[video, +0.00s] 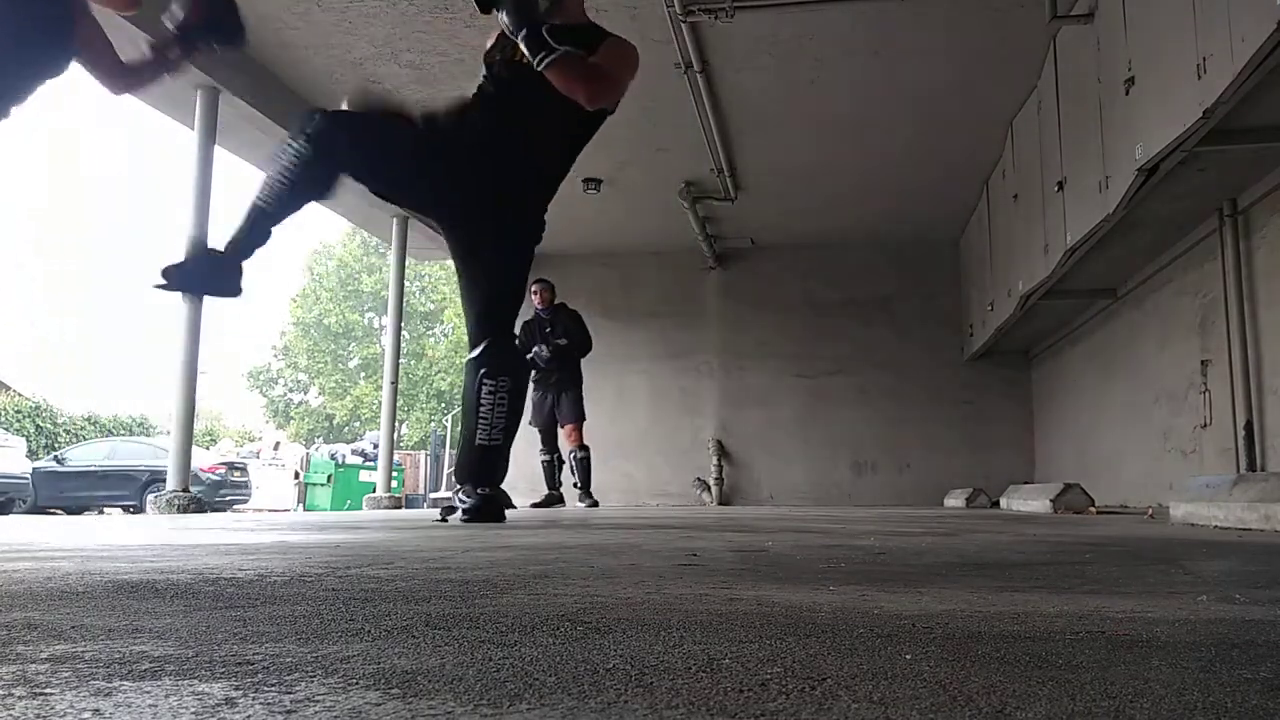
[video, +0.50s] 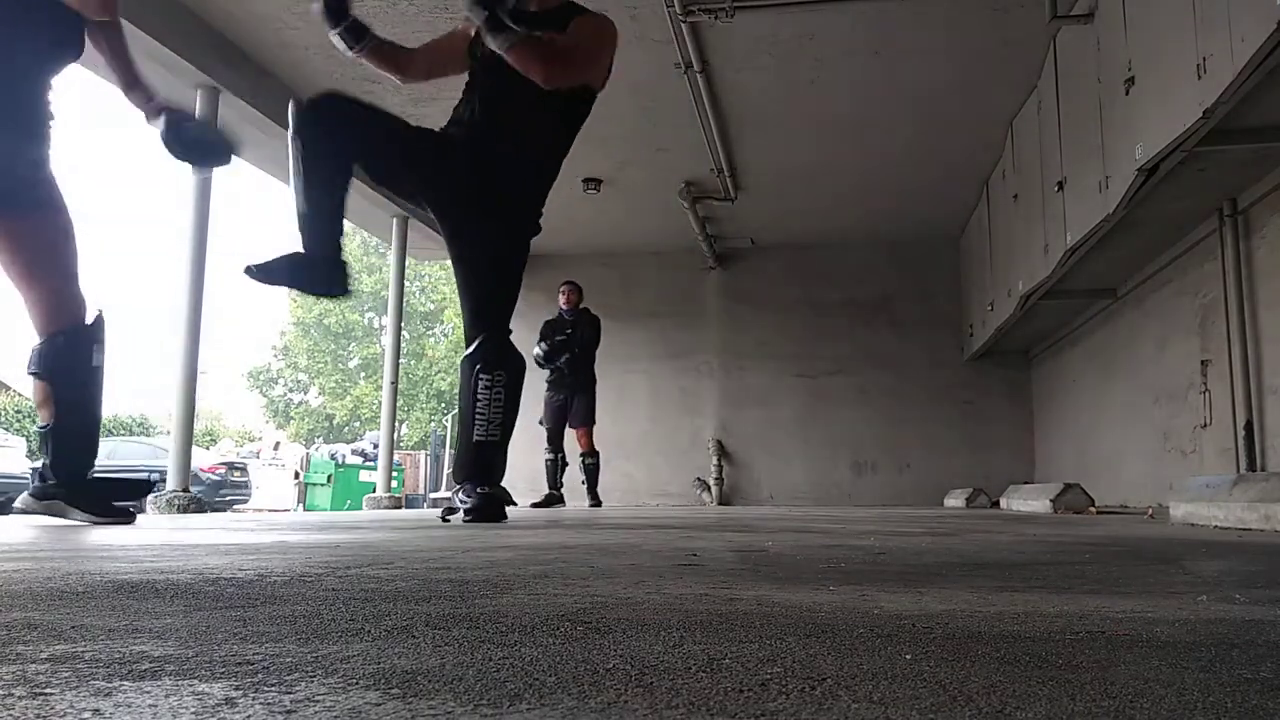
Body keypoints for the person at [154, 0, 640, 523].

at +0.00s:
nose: (532, 12)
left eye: (542, 8)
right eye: (529, 10)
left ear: (572, 5)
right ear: (536, 11)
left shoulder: (616, 51)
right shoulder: (512, 38)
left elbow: (588, 91)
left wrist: (530, 36)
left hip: (502, 208)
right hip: (439, 161)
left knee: (492, 342)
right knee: (329, 129)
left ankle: (479, 487)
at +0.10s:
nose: (511, 9)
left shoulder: (612, 44)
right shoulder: (504, 30)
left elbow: (591, 86)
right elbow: (457, 86)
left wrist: (531, 27)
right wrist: (400, 63)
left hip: (506, 202)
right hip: (446, 167)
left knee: (493, 341)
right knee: (340, 137)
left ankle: (484, 485)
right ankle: (300, 286)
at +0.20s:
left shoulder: (609, 41)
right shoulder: (500, 22)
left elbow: (589, 83)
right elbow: (439, 74)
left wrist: (528, 17)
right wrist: (391, 37)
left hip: (505, 203)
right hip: (442, 165)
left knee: (497, 343)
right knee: (335, 129)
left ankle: (484, 485)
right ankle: (298, 275)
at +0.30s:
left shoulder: (608, 39)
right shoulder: (498, 19)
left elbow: (588, 87)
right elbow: (427, 72)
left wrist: (532, 20)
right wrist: (377, 24)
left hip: (499, 207)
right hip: (436, 162)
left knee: (491, 342)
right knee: (324, 103)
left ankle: (480, 487)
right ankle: (262, 237)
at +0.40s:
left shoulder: (603, 38)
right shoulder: (494, 21)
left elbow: (580, 88)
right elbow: (425, 71)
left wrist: (524, 29)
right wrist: (371, 26)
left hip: (495, 205)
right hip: (435, 161)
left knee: (488, 342)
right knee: (325, 92)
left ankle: (481, 485)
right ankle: (288, 236)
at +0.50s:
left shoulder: (596, 29)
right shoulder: (492, 29)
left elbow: (551, 71)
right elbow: (409, 65)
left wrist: (490, 22)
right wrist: (343, 25)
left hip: (499, 205)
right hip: (440, 167)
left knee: (488, 343)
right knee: (323, 113)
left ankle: (481, 486)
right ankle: (322, 260)